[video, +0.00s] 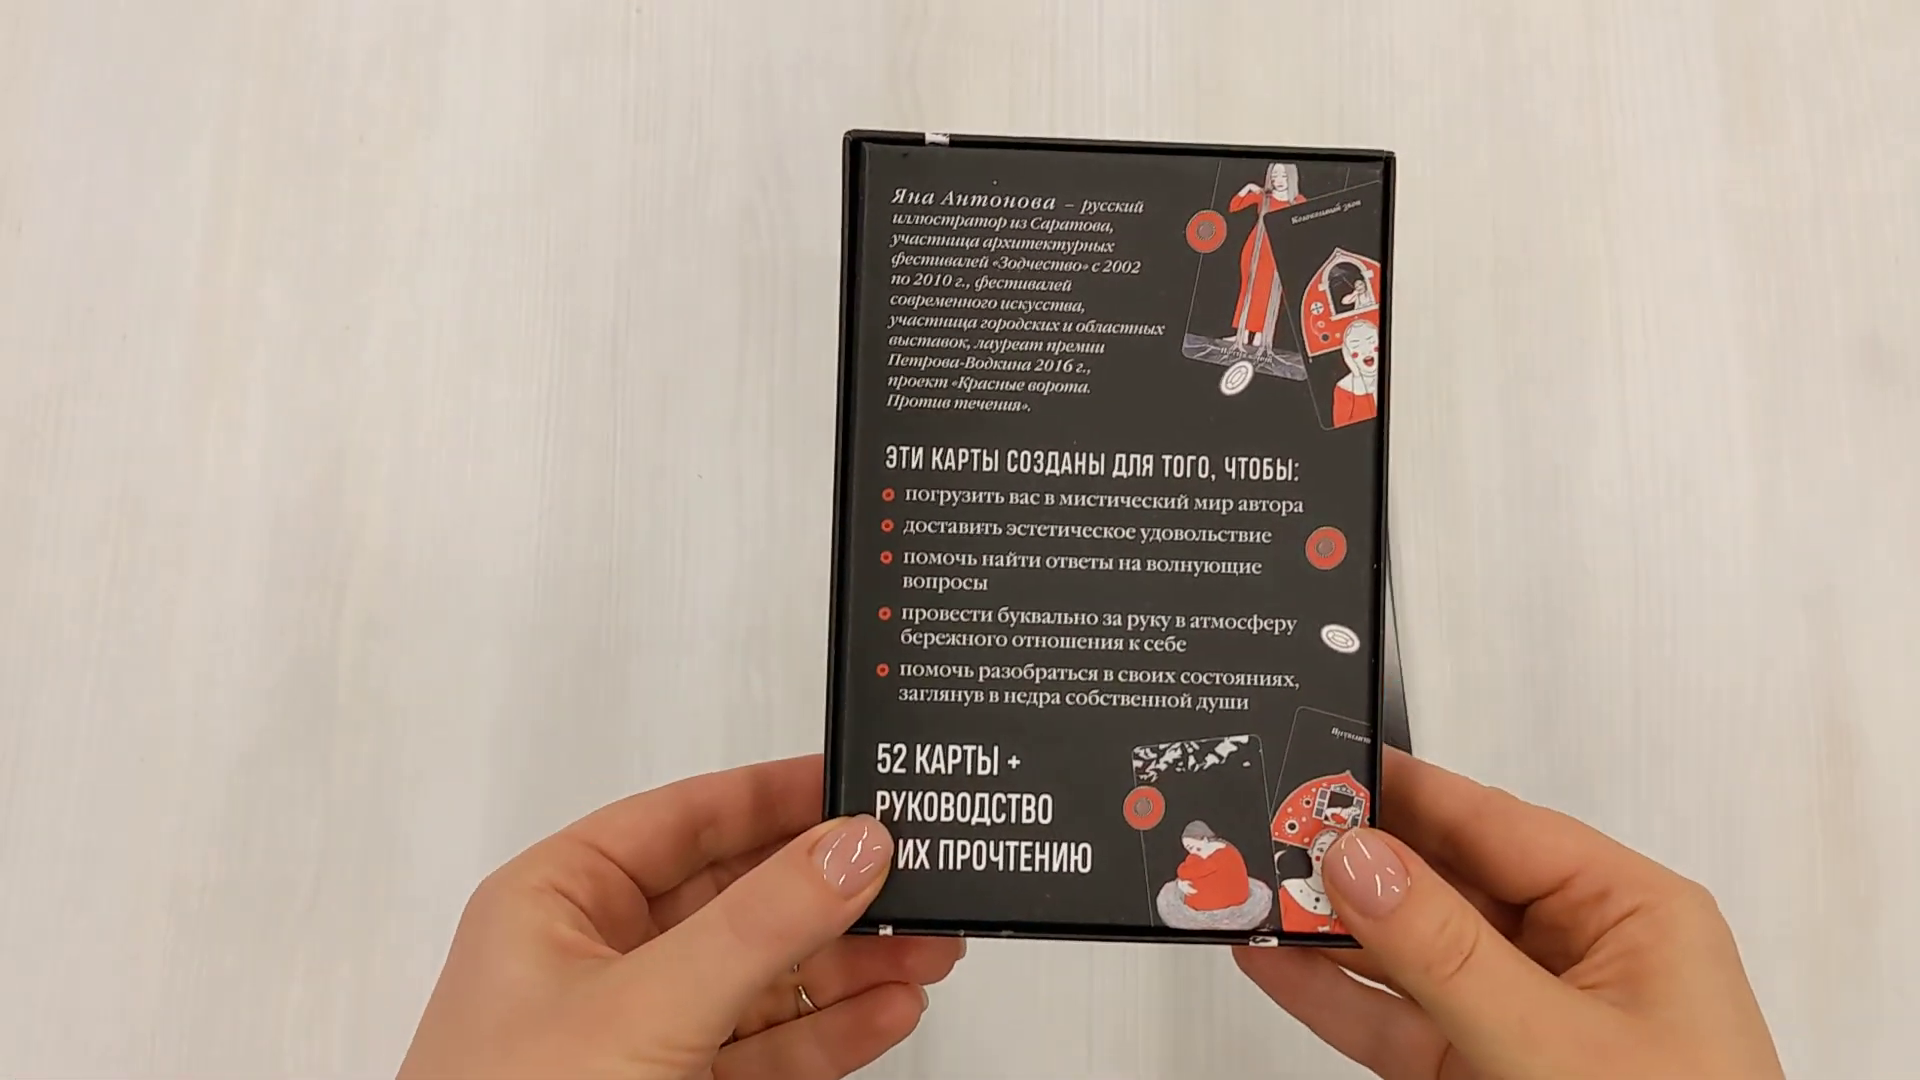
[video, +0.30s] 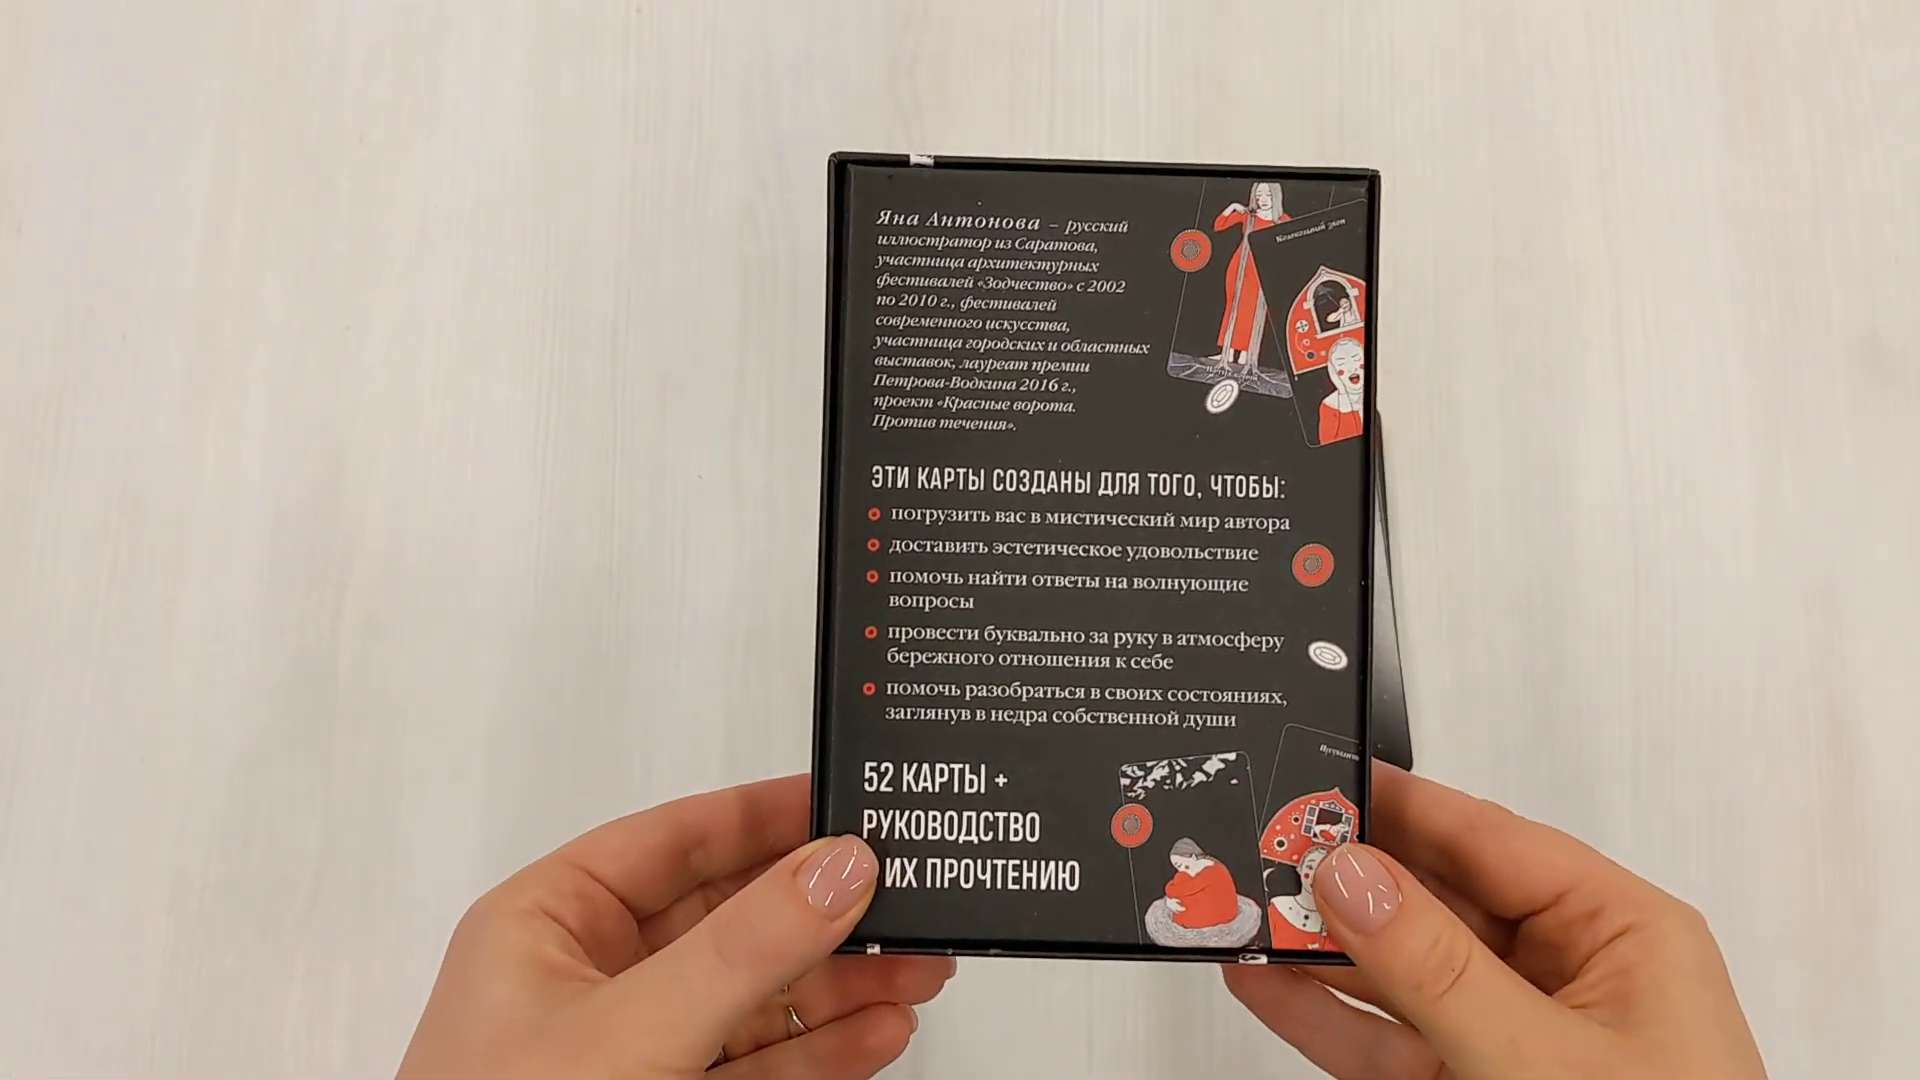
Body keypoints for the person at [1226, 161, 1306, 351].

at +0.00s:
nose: (1279, 181)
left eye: (1284, 177)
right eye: (1275, 177)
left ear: (1292, 178)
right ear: (1270, 179)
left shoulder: (1299, 203)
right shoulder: (1262, 197)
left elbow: (1306, 231)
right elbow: (1234, 207)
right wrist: (1247, 189)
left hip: (1279, 251)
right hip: (1256, 247)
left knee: (1269, 293)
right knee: (1251, 289)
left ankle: (1260, 336)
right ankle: (1242, 333)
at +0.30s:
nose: (1263, 199)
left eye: (1268, 195)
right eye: (1259, 195)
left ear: (1276, 196)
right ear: (1254, 197)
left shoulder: (1284, 222)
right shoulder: (1246, 216)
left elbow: (1291, 248)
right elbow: (1218, 226)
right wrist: (1232, 208)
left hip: (1262, 271)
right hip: (1240, 266)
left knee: (1253, 312)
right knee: (1235, 308)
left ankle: (1244, 355)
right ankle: (1226, 352)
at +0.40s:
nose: (1242, 171)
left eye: (1246, 167)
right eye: (1238, 167)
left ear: (1255, 168)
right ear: (1234, 169)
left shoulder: (1264, 191)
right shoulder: (1227, 188)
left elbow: (1275, 214)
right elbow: (1198, 201)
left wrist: (1262, 194)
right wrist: (1210, 181)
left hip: (1246, 242)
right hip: (1223, 239)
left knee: (1237, 283)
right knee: (1219, 281)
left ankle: (1231, 328)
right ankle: (1213, 326)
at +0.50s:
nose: (1232, 146)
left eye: (1235, 141)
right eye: (1227, 142)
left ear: (1244, 142)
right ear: (1223, 145)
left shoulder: (1255, 166)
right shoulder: (1216, 165)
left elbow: (1264, 193)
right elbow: (1187, 179)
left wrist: (1249, 168)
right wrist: (1200, 158)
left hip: (1238, 219)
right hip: (1215, 217)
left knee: (1232, 261)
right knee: (1212, 260)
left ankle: (1227, 308)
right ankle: (1207, 307)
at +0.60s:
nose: (1242, 129)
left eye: (1246, 124)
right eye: (1238, 125)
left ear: (1255, 125)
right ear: (1233, 129)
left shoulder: (1266, 149)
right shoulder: (1227, 149)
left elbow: (1276, 174)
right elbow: (1198, 164)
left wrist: (1261, 152)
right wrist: (1211, 142)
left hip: (1249, 205)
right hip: (1225, 203)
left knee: (1243, 250)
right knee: (1222, 248)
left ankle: (1238, 296)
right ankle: (1218, 295)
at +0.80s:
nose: (1283, 136)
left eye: (1288, 131)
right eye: (1279, 132)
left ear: (1297, 132)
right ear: (1274, 134)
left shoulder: (1306, 159)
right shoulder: (1267, 154)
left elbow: (1314, 188)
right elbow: (1237, 167)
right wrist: (1250, 146)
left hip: (1286, 213)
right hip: (1261, 209)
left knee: (1276, 255)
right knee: (1257, 252)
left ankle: (1268, 300)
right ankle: (1250, 298)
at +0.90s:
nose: (1289, 137)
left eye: (1293, 133)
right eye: (1284, 133)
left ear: (1302, 134)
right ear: (1279, 136)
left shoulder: (1311, 160)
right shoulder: (1272, 155)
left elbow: (1319, 188)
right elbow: (1242, 167)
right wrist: (1256, 147)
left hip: (1290, 213)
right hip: (1266, 209)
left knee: (1279, 255)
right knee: (1261, 251)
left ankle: (1271, 300)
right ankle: (1253, 297)